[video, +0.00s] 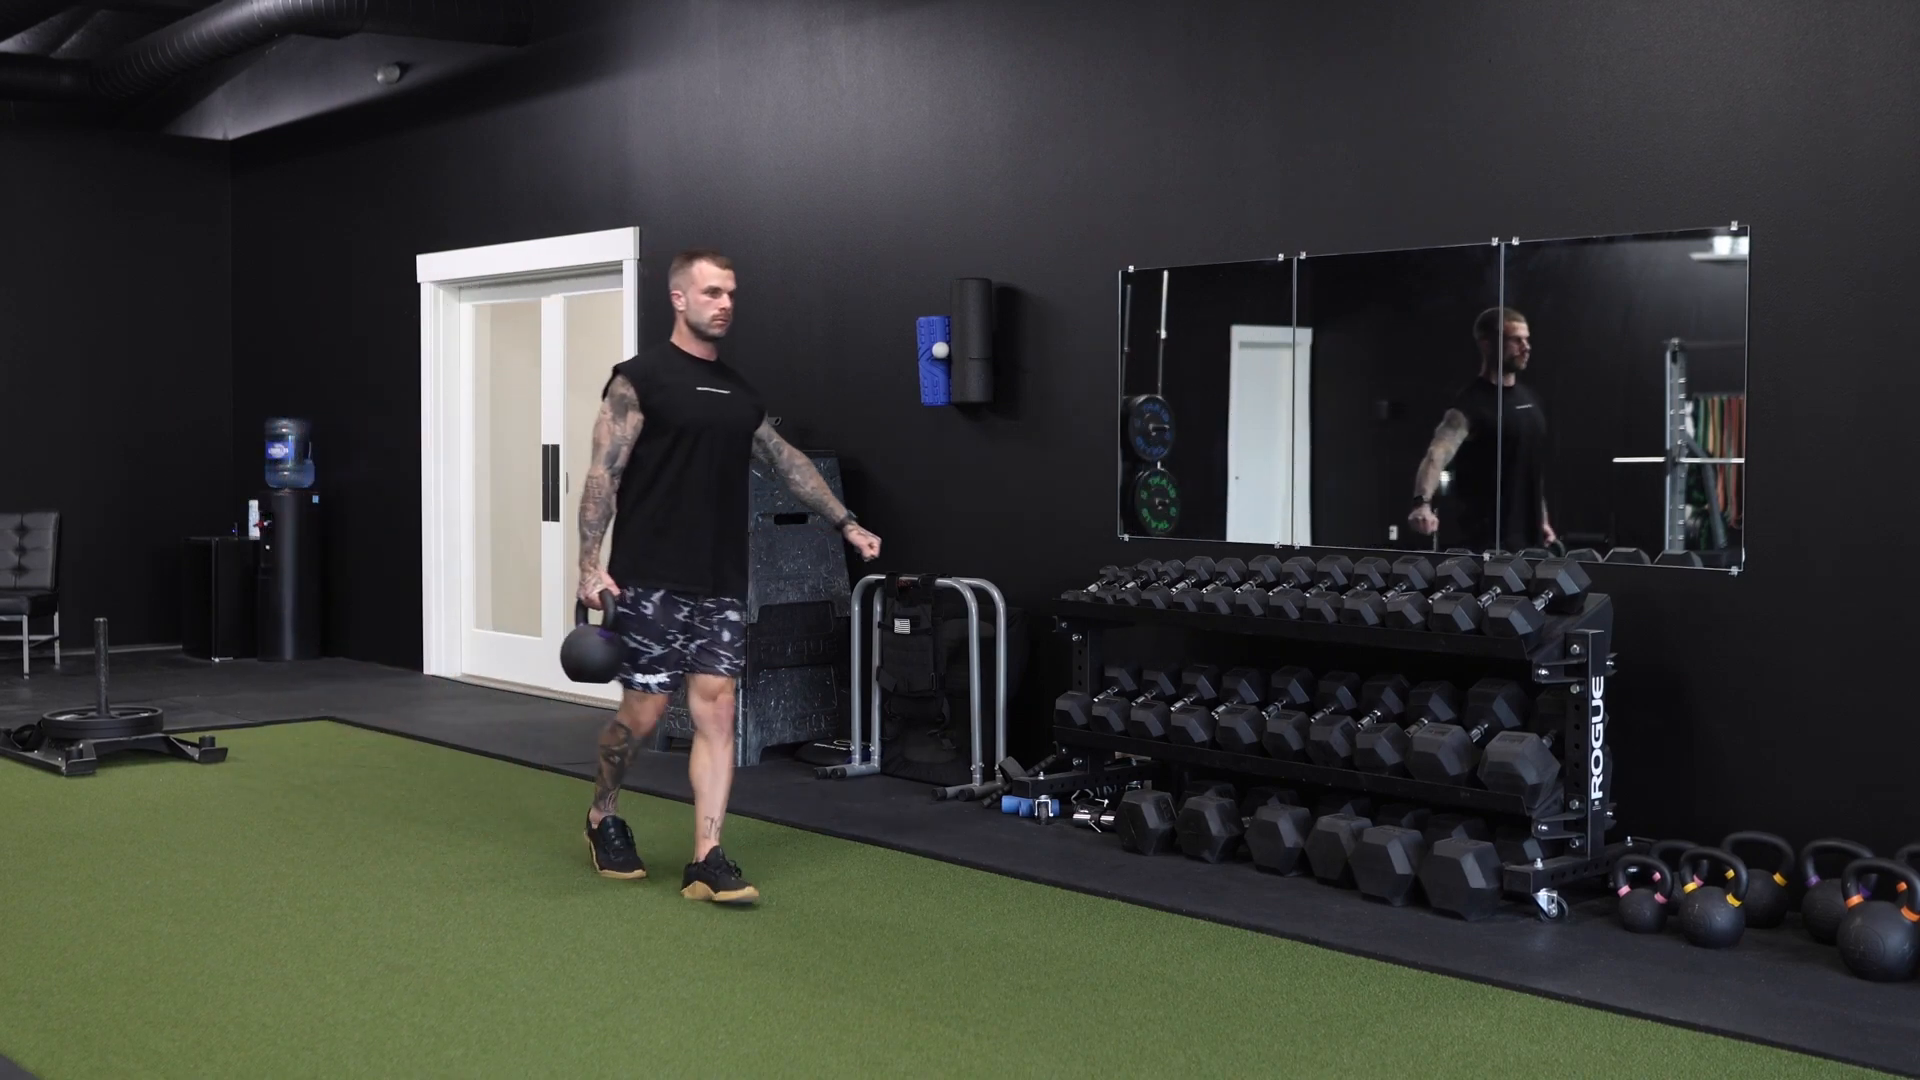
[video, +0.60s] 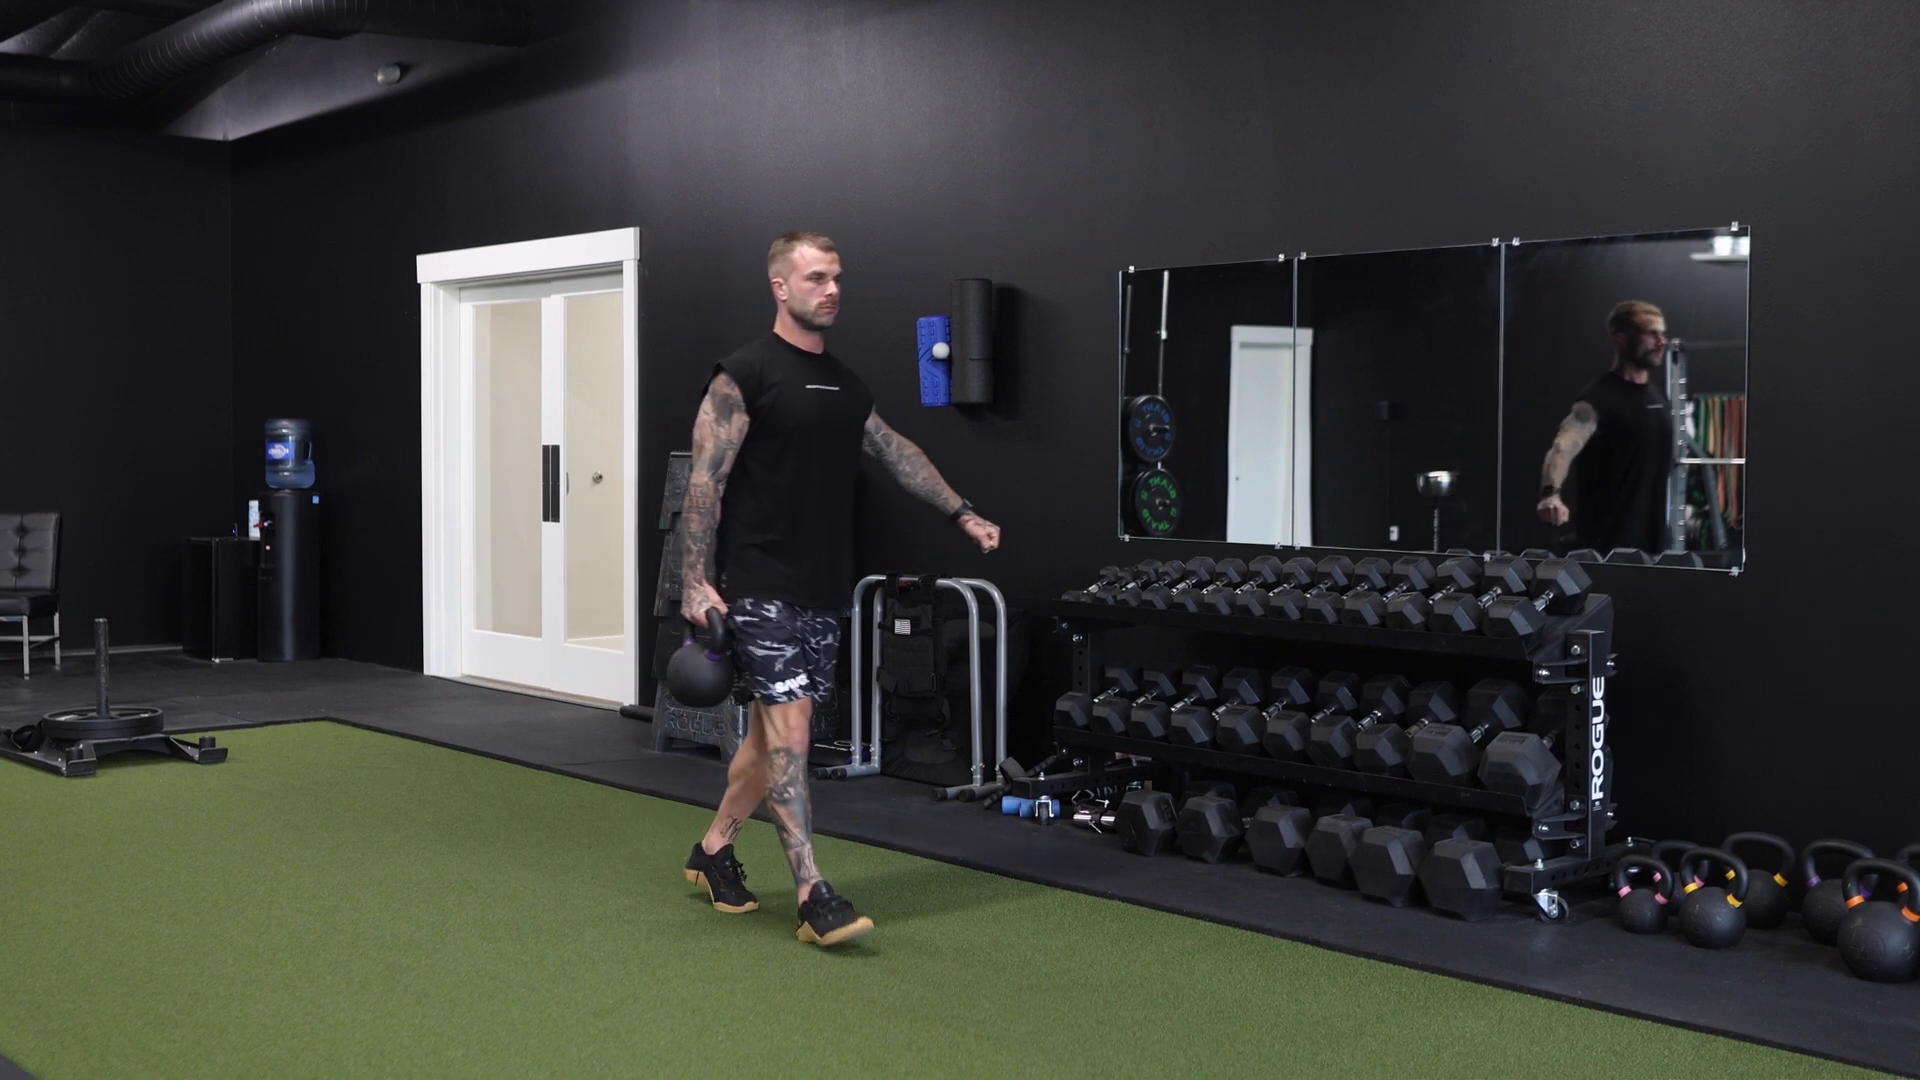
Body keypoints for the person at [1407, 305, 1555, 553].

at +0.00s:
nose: (1525, 347)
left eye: (1527, 340)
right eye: (1515, 340)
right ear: (1486, 344)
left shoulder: (1526, 399)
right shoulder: (1472, 402)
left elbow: (1532, 470)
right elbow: (1436, 455)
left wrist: (1542, 521)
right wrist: (1422, 503)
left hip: (1525, 539)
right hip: (1480, 539)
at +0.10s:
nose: (1547, 345)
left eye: (1548, 338)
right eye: (1537, 338)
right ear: (1509, 343)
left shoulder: (1547, 397)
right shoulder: (1493, 400)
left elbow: (1542, 472)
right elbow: (1459, 454)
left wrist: (1558, 524)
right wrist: (1447, 502)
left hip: (1549, 539)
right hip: (1507, 540)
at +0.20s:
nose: (1569, 344)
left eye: (1570, 336)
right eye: (1559, 336)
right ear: (1530, 341)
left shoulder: (1565, 393)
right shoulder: (1515, 398)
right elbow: (1481, 451)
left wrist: (1583, 530)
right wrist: (1471, 499)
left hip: (1570, 534)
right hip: (1527, 538)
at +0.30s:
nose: (1589, 343)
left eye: (1590, 335)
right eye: (1579, 336)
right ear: (1549, 339)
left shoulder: (1583, 392)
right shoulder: (1533, 398)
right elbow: (1502, 451)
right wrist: (1495, 498)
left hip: (1588, 534)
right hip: (1545, 537)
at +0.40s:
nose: (1611, 342)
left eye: (1612, 334)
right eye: (1601, 334)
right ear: (1571, 338)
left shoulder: (1603, 393)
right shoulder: (1553, 397)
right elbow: (1522, 451)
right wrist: (1515, 497)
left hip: (1608, 532)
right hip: (1565, 536)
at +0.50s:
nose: (1636, 343)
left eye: (1637, 335)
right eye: (1625, 335)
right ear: (1596, 339)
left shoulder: (1626, 395)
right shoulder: (1576, 398)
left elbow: (1626, 475)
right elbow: (1542, 450)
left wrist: (1642, 536)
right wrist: (1532, 496)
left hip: (1627, 536)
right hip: (1582, 537)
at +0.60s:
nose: (1661, 342)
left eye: (1663, 335)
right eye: (1651, 334)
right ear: (1622, 339)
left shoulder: (1655, 396)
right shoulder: (1600, 398)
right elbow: (1563, 447)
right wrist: (1550, 493)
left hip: (1652, 534)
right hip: (1606, 535)